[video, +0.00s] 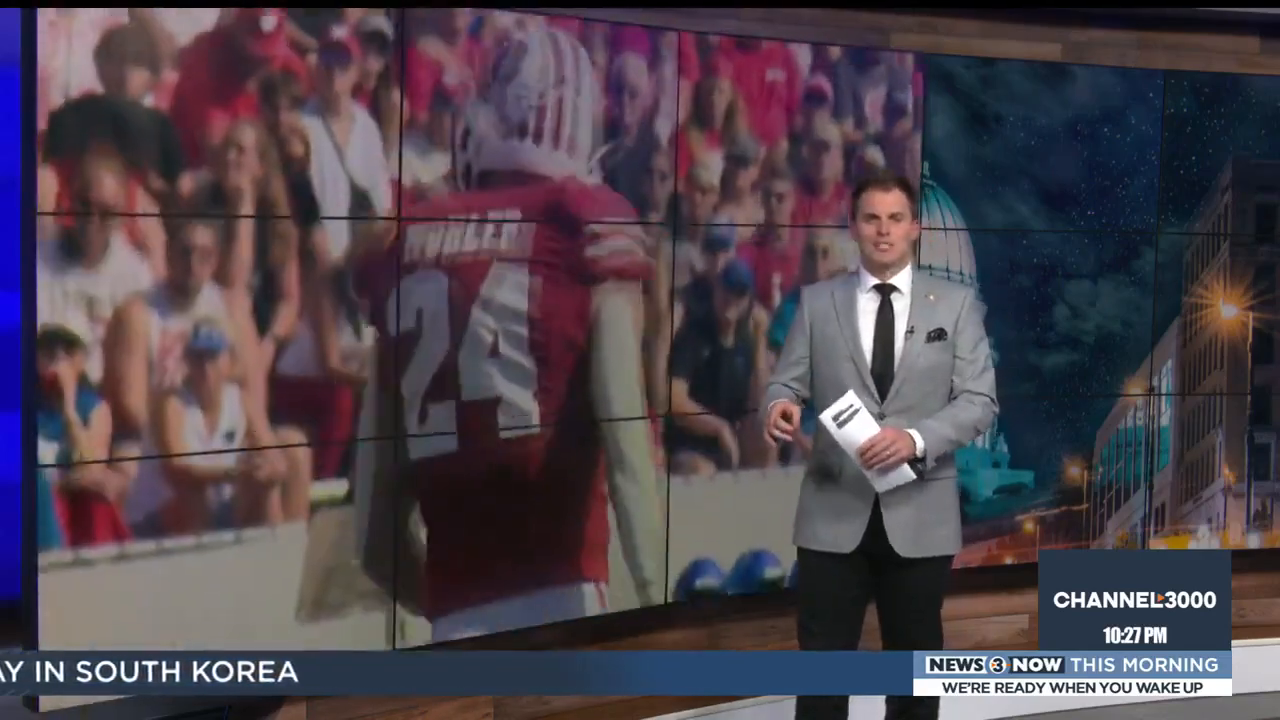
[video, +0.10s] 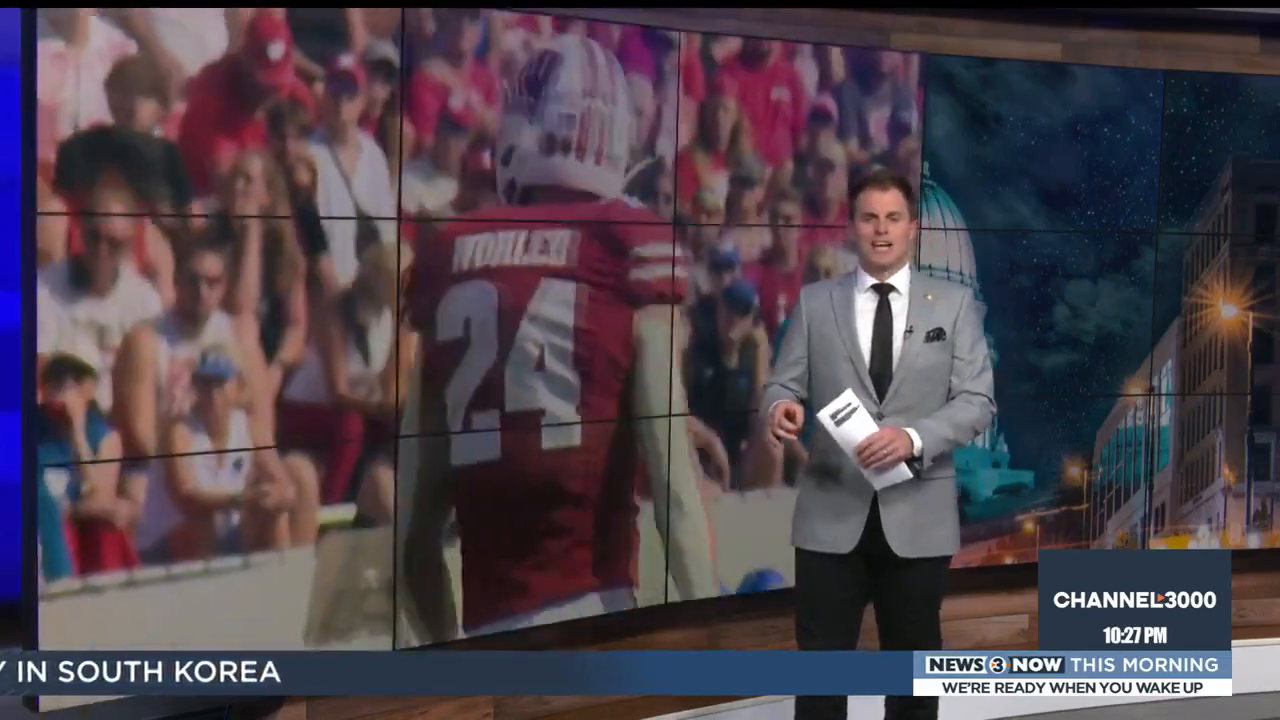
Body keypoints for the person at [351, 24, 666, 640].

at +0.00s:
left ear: (479, 110)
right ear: (586, 114)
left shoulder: (408, 227)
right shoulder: (592, 213)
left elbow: (377, 539)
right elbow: (622, 427)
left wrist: (454, 604)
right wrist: (659, 606)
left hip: (455, 606)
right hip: (568, 591)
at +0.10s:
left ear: (511, 134)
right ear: (624, 138)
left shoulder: (448, 244)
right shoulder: (637, 235)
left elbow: (417, 533)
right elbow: (668, 468)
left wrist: (450, 655)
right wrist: (707, 628)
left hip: (487, 611)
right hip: (597, 597)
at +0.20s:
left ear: (523, 123)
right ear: (638, 125)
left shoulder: (470, 242)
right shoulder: (657, 237)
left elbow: (444, 481)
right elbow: (709, 472)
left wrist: (433, 649)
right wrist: (741, 618)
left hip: (515, 597)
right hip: (623, 587)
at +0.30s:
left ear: (511, 127)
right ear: (624, 124)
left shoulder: (471, 251)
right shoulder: (659, 235)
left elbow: (441, 491)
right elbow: (721, 473)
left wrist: (418, 652)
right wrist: (749, 619)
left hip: (520, 598)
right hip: (630, 591)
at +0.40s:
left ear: (505, 166)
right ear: (617, 159)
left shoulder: (470, 288)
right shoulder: (662, 266)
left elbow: (435, 533)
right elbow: (732, 505)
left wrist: (408, 669)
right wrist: (742, 640)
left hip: (525, 610)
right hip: (636, 603)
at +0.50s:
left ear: (503, 180)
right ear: (621, 180)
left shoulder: (476, 300)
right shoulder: (667, 278)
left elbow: (446, 536)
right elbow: (730, 513)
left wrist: (407, 668)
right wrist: (733, 643)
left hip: (533, 626)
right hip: (644, 617)